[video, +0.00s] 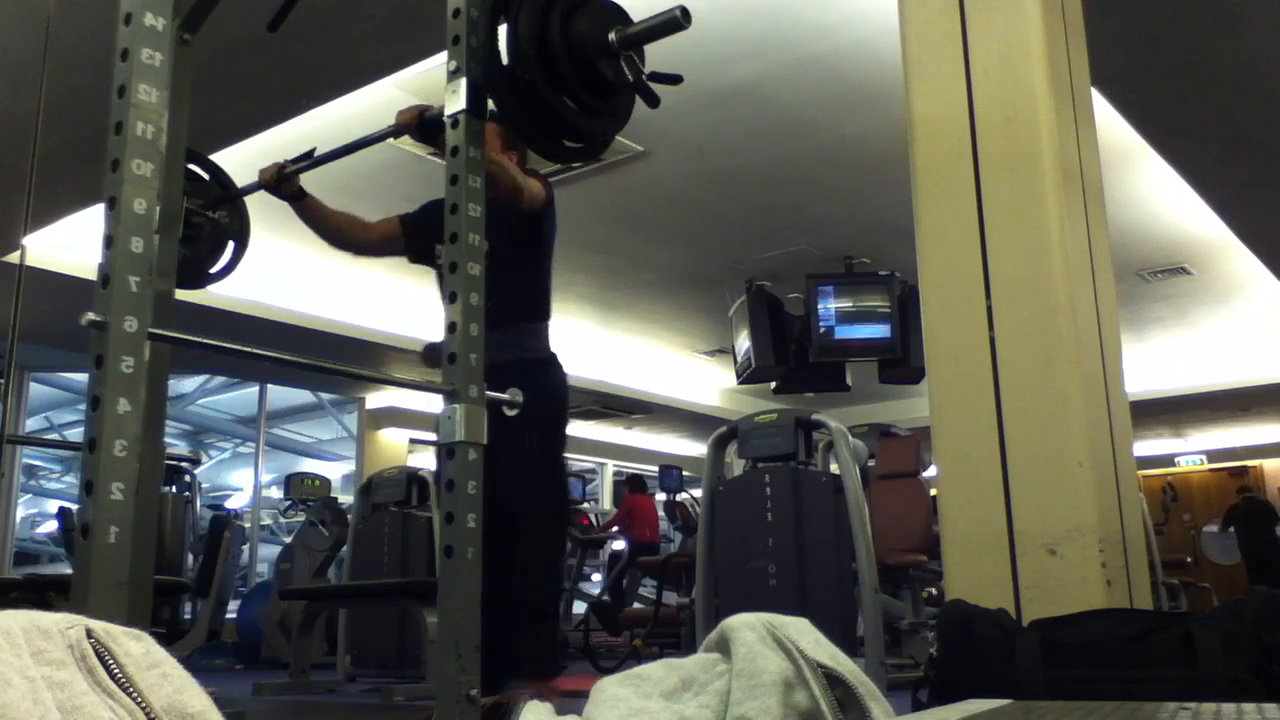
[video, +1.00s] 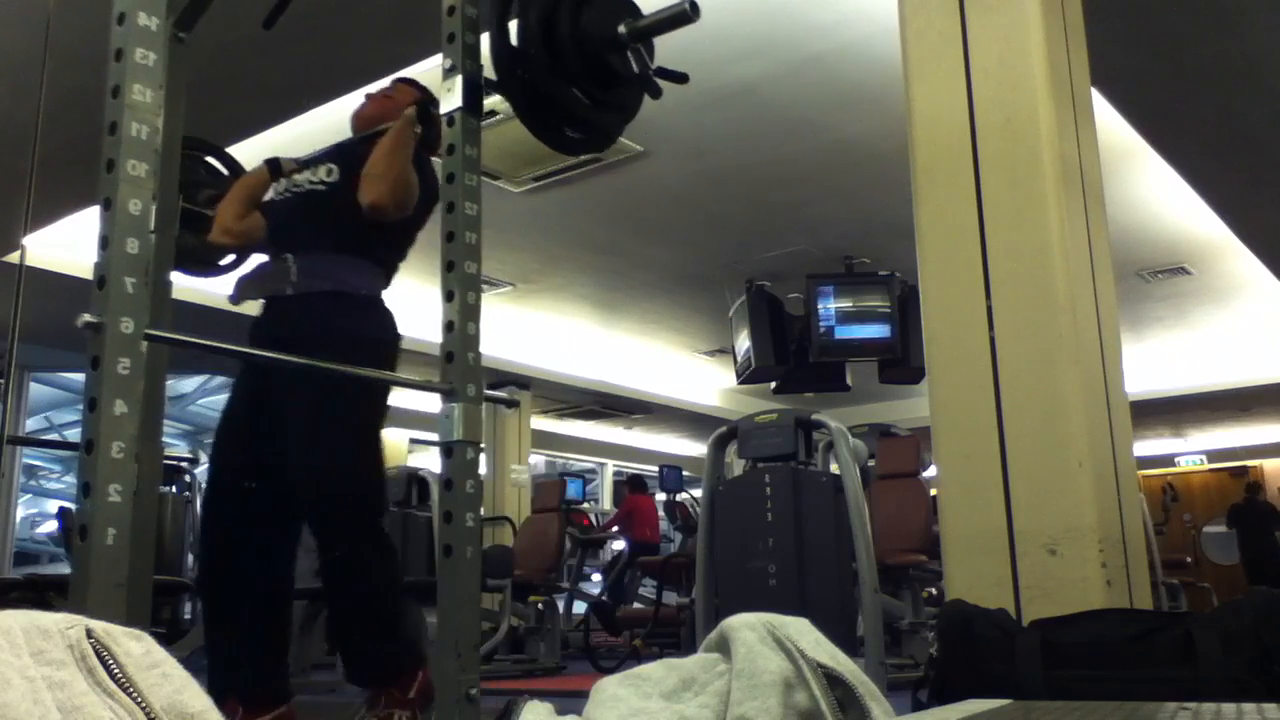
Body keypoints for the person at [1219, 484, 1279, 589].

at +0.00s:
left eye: (1239, 495)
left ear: (1239, 495)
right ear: (1252, 493)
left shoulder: (1234, 508)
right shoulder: (1266, 504)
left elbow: (1223, 529)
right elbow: (1276, 521)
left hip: (1249, 550)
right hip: (1271, 548)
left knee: (1255, 580)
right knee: (1274, 579)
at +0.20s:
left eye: (1238, 495)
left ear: (1236, 495)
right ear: (1249, 493)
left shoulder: (1231, 509)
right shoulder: (1262, 504)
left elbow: (1220, 529)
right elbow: (1274, 521)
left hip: (1247, 551)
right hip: (1269, 548)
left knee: (1253, 580)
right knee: (1273, 579)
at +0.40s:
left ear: (1234, 495)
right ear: (1248, 493)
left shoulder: (1229, 509)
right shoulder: (1261, 504)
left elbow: (1220, 530)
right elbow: (1274, 521)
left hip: (1246, 552)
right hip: (1268, 550)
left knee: (1253, 582)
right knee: (1273, 581)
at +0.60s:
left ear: (1234, 495)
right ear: (1248, 493)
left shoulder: (1229, 509)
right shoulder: (1261, 505)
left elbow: (1220, 531)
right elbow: (1275, 520)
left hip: (1245, 553)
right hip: (1268, 550)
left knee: (1253, 582)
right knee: (1273, 581)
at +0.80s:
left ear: (1238, 492)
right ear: (1253, 492)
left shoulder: (1230, 509)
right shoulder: (1262, 505)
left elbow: (1225, 531)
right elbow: (1275, 523)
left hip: (1245, 553)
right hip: (1268, 551)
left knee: (1253, 583)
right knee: (1272, 582)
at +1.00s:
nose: (1262, 493)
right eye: (1261, 491)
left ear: (1245, 492)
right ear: (1259, 492)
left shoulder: (1236, 508)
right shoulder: (1267, 506)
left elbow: (1230, 525)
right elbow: (1277, 524)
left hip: (1247, 552)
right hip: (1269, 551)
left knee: (1253, 581)